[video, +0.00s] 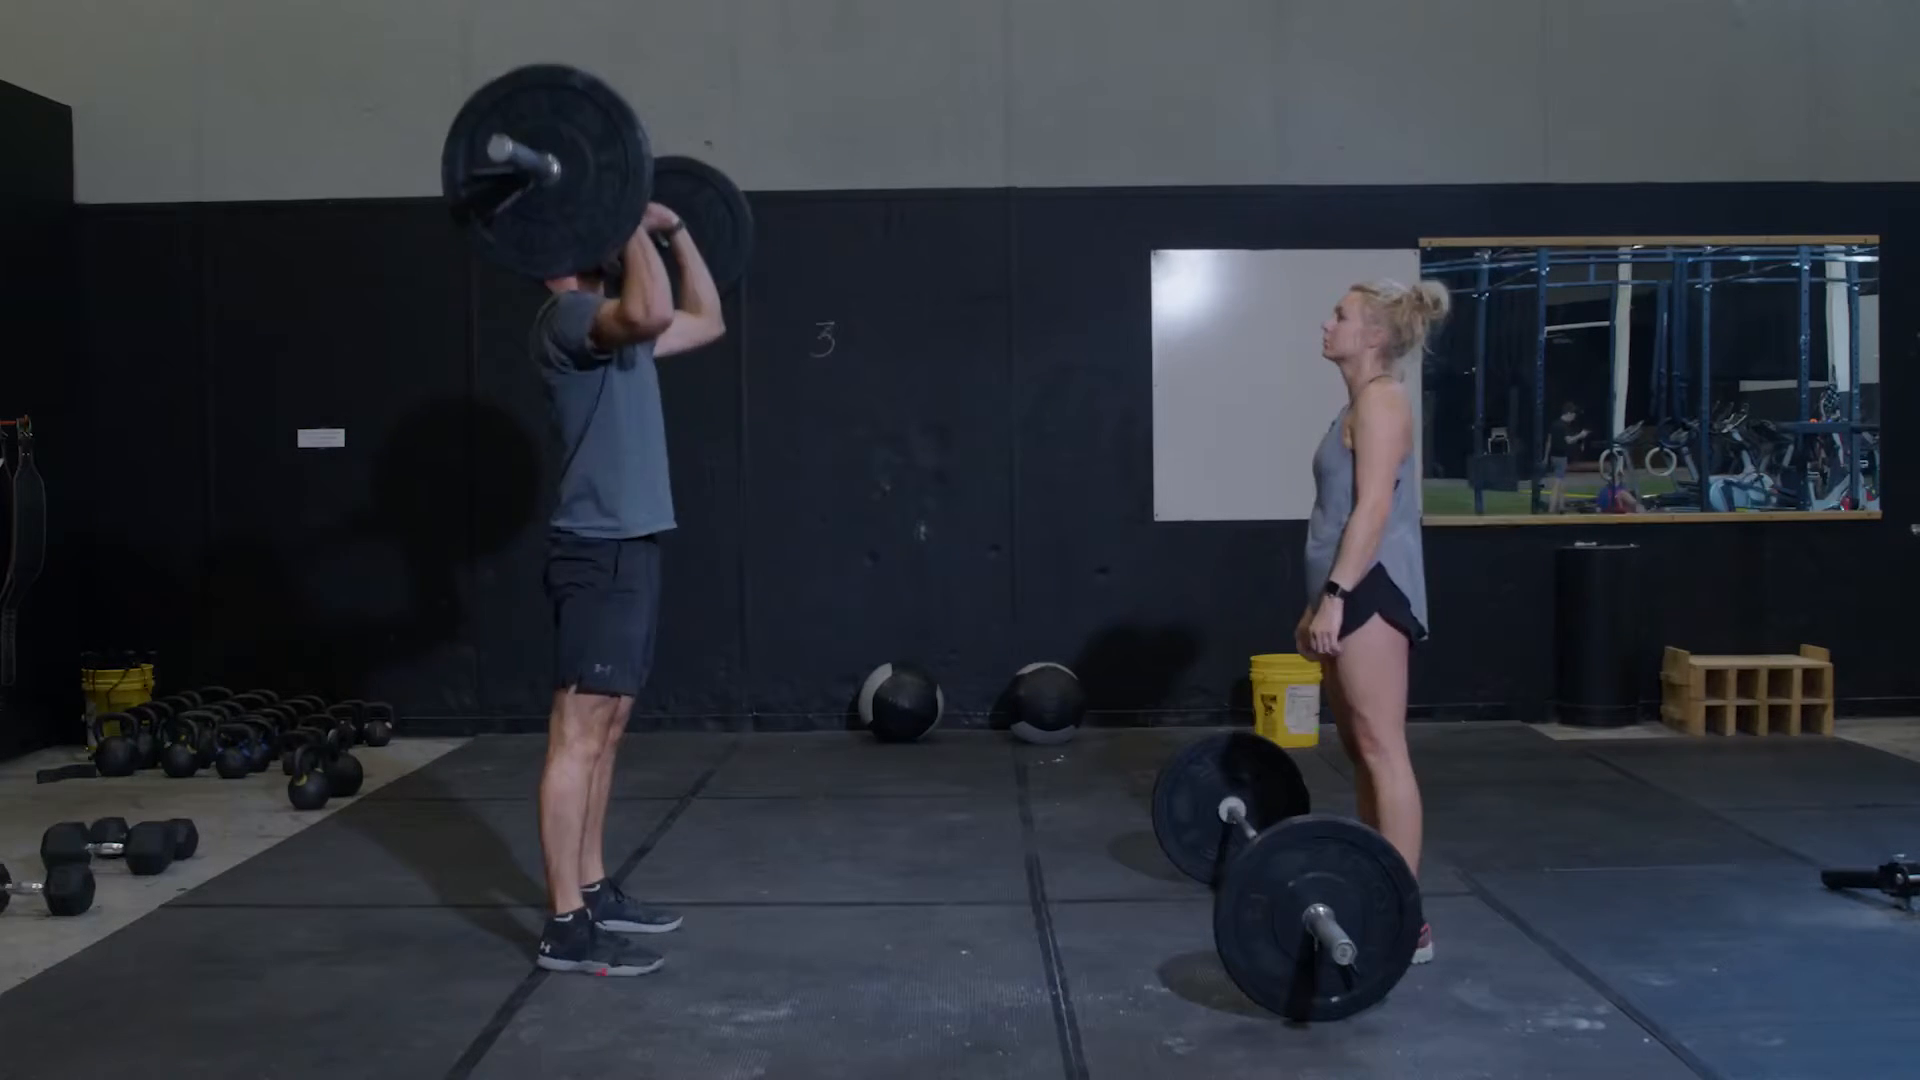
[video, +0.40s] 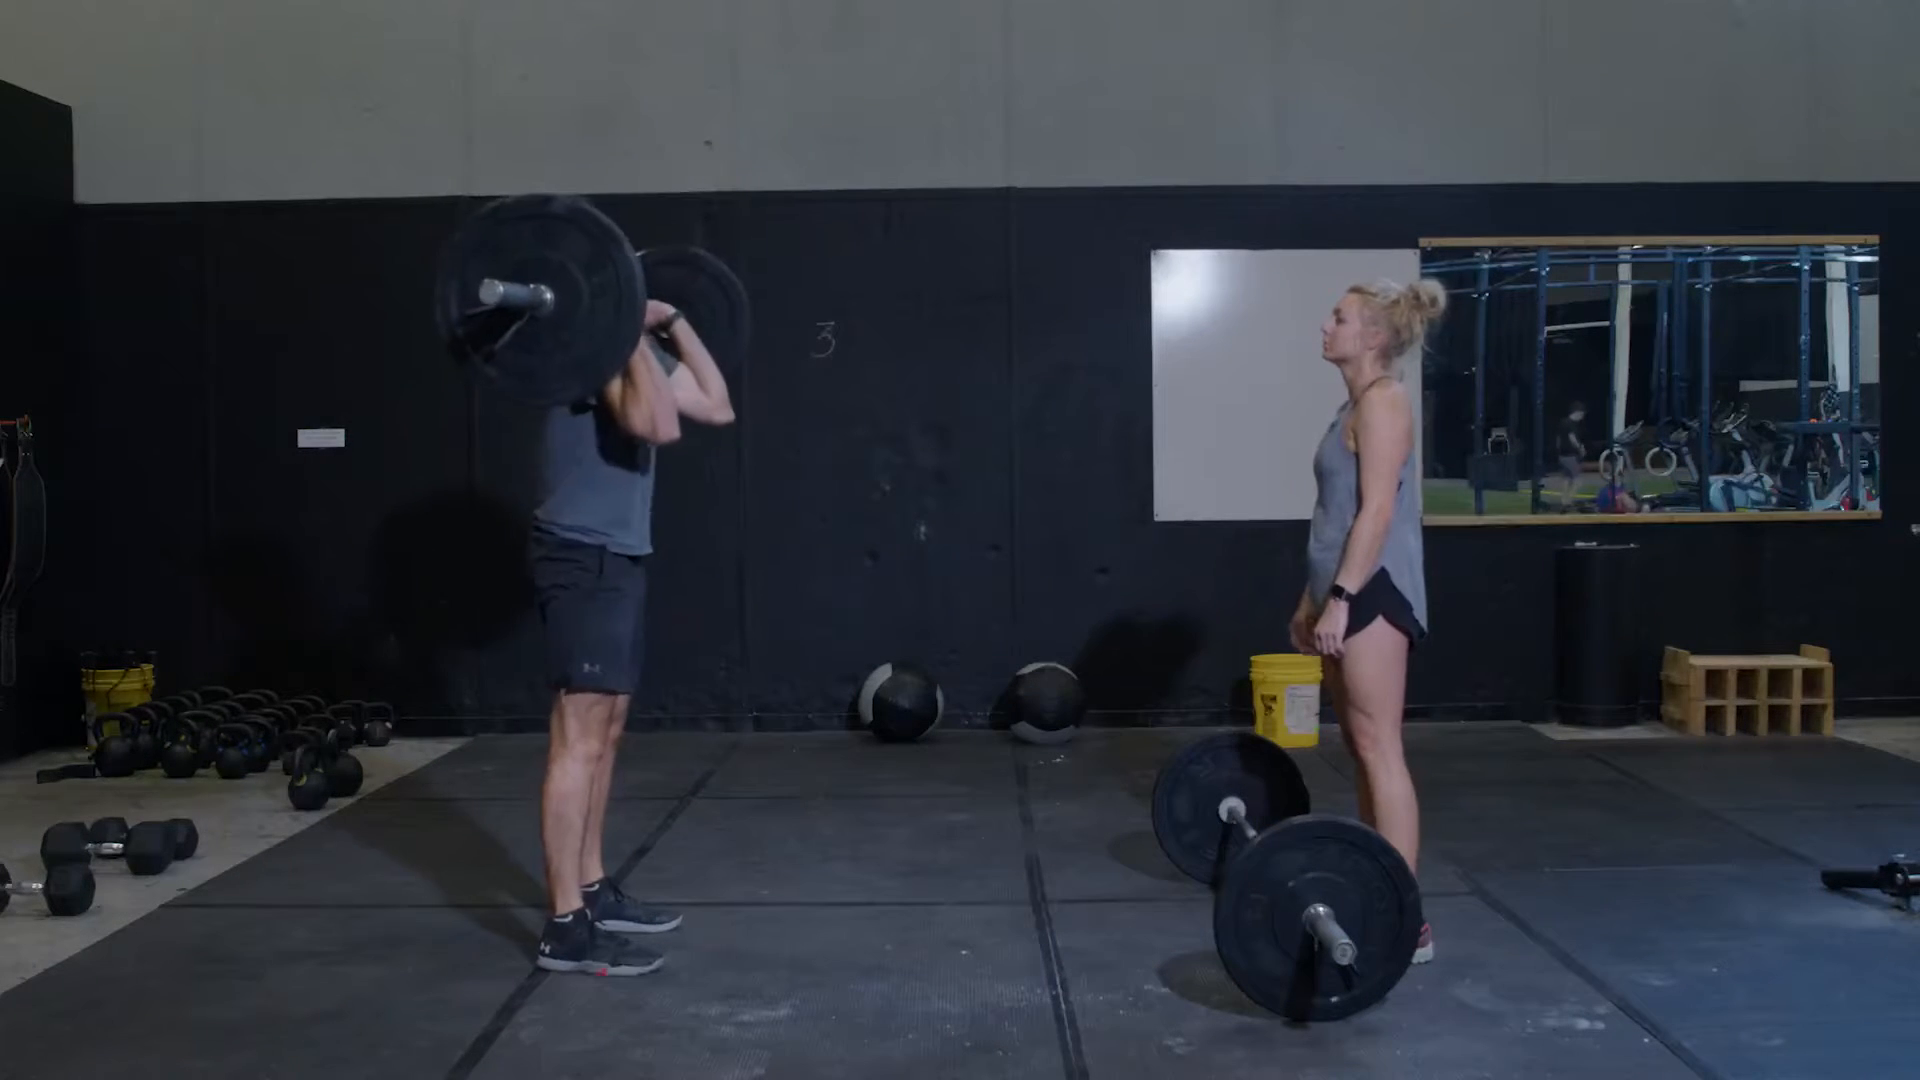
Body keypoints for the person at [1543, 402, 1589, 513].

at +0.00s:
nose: (1573, 419)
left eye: (1573, 417)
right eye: (1572, 416)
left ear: (1565, 414)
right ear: (1568, 414)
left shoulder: (1555, 424)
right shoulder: (1563, 425)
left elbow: (1549, 442)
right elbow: (1569, 440)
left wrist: (1546, 457)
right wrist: (1580, 435)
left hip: (1554, 456)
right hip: (1561, 456)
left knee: (1561, 481)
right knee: (1558, 481)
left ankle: (1561, 505)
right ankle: (1552, 507)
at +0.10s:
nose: (1574, 418)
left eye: (1575, 416)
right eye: (1574, 415)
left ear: (1568, 413)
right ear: (1570, 414)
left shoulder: (1559, 423)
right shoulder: (1564, 425)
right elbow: (1569, 439)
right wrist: (1582, 436)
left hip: (1559, 456)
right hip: (1562, 456)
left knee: (1563, 481)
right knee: (1559, 481)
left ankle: (1562, 505)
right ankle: (1554, 507)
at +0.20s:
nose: (1576, 417)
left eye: (1576, 415)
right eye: (1576, 415)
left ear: (1569, 413)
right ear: (1571, 413)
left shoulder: (1560, 423)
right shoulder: (1566, 425)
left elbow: (1568, 438)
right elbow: (1570, 439)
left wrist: (1580, 439)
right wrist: (1582, 439)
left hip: (1560, 455)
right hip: (1565, 456)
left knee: (1563, 482)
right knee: (1564, 482)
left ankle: (1561, 505)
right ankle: (1557, 505)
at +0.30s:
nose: (1577, 417)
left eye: (1578, 415)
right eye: (1577, 415)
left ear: (1568, 413)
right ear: (1573, 413)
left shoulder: (1559, 423)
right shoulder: (1570, 425)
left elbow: (1555, 440)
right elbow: (1572, 439)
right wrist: (1581, 443)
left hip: (1559, 455)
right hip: (1567, 456)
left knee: (1563, 481)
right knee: (1567, 482)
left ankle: (1558, 503)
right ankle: (1561, 504)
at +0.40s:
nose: (1581, 417)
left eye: (1582, 415)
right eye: (1581, 415)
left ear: (1572, 412)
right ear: (1577, 413)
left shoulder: (1563, 423)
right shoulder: (1571, 424)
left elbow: (1559, 441)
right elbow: (1572, 439)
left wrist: (1559, 450)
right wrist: (1580, 447)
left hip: (1563, 455)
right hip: (1570, 456)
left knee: (1568, 478)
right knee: (1577, 478)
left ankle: (1565, 501)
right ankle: (1569, 500)